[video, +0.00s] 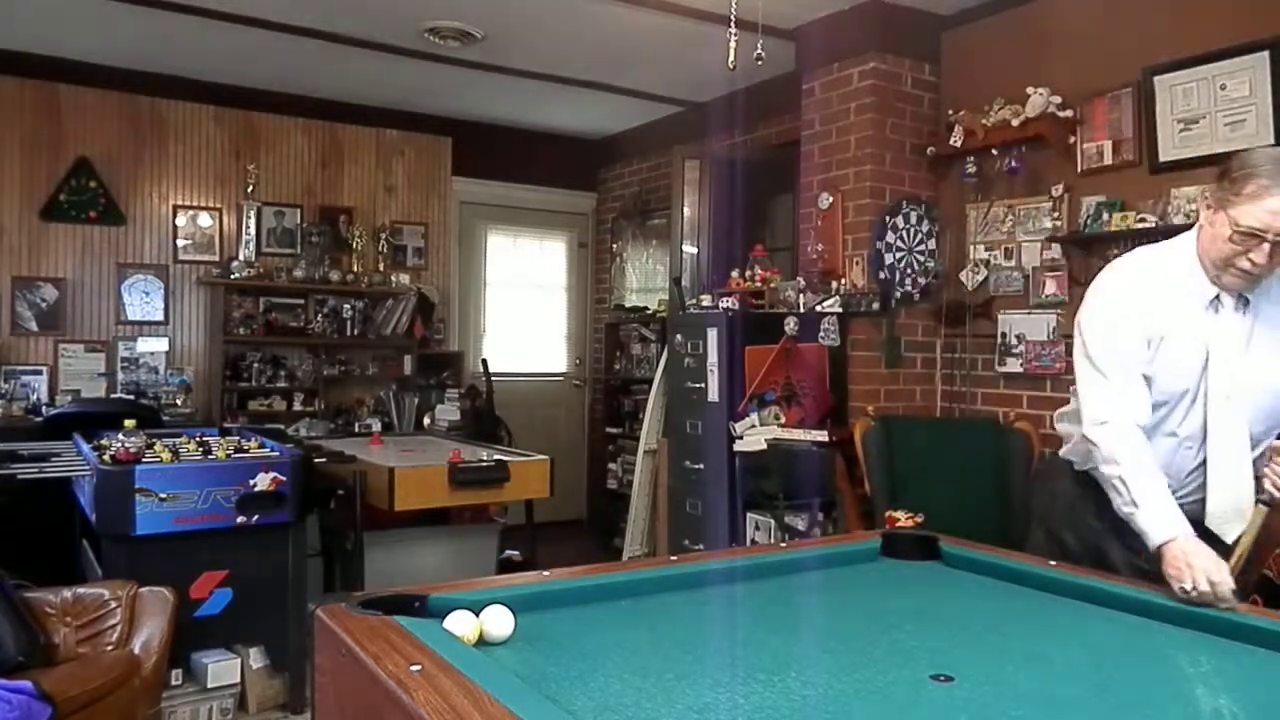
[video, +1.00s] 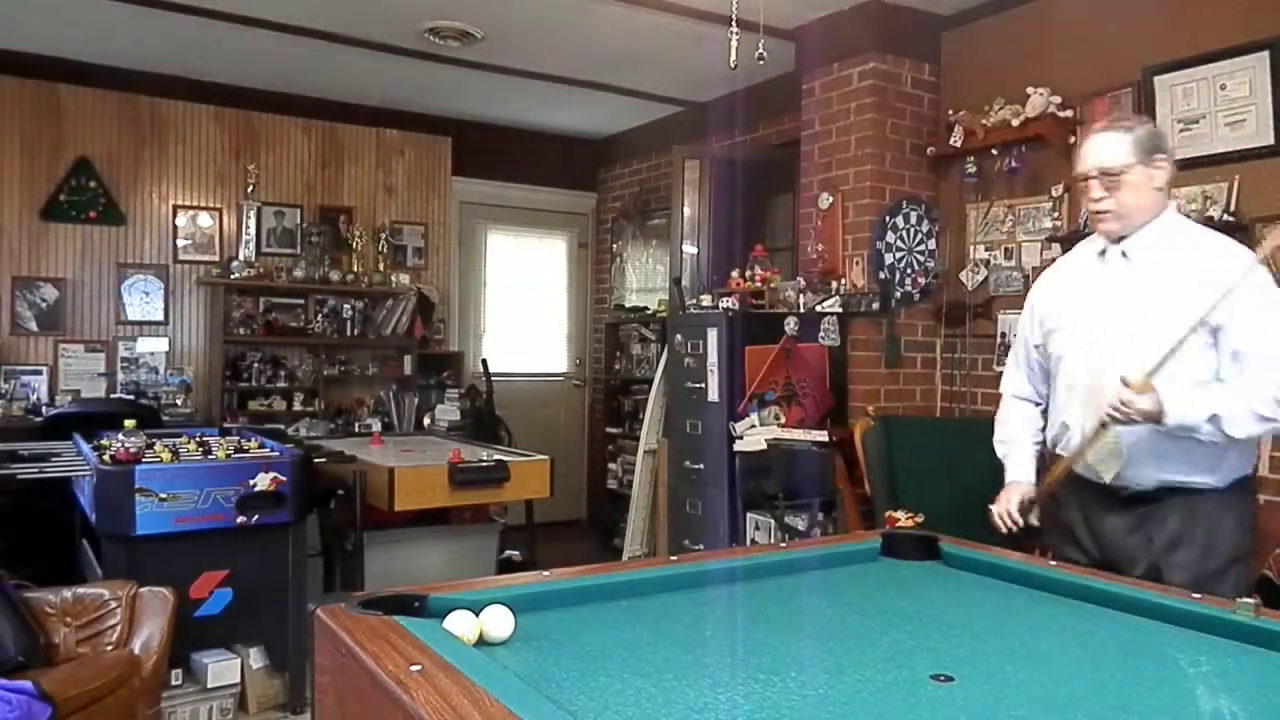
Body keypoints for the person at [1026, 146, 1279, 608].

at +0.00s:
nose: (1262, 258)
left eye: (1277, 244)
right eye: (1248, 235)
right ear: (1208, 211)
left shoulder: (1273, 296)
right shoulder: (1126, 288)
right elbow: (1110, 430)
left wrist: (1266, 459)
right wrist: (1172, 540)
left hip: (1206, 522)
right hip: (1095, 510)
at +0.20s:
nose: (1270, 262)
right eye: (1257, 240)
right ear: (1215, 212)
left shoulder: (1272, 302)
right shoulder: (1132, 290)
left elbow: (1260, 431)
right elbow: (1127, 432)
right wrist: (1190, 539)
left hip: (1212, 515)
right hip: (1099, 506)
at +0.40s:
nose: (1268, 240)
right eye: (1256, 216)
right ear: (1218, 196)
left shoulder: (1272, 293)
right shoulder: (1130, 276)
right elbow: (1074, 411)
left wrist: (1269, 466)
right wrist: (1145, 505)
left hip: (1228, 526)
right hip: (1104, 515)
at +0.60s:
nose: (1223, 214)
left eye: (1248, 202)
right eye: (1211, 194)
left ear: (1275, 212)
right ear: (1187, 187)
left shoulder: (1274, 280)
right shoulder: (1114, 266)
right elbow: (1040, 387)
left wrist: (1272, 455)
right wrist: (1083, 488)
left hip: (1224, 529)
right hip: (1105, 519)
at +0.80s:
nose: (1156, 199)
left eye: (1178, 185)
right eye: (1145, 183)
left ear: (1226, 186)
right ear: (1134, 183)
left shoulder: (1266, 277)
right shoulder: (1085, 271)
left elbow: (1276, 416)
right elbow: (1030, 384)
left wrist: (1227, 436)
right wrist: (1041, 482)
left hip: (1207, 527)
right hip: (1085, 514)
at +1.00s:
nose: (1094, 195)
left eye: (1111, 178)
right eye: (1084, 182)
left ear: (1159, 173)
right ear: (1074, 188)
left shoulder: (1228, 269)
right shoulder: (1057, 281)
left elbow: (1267, 400)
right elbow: (1021, 392)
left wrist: (1168, 407)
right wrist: (1019, 476)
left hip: (1192, 523)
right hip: (1078, 516)